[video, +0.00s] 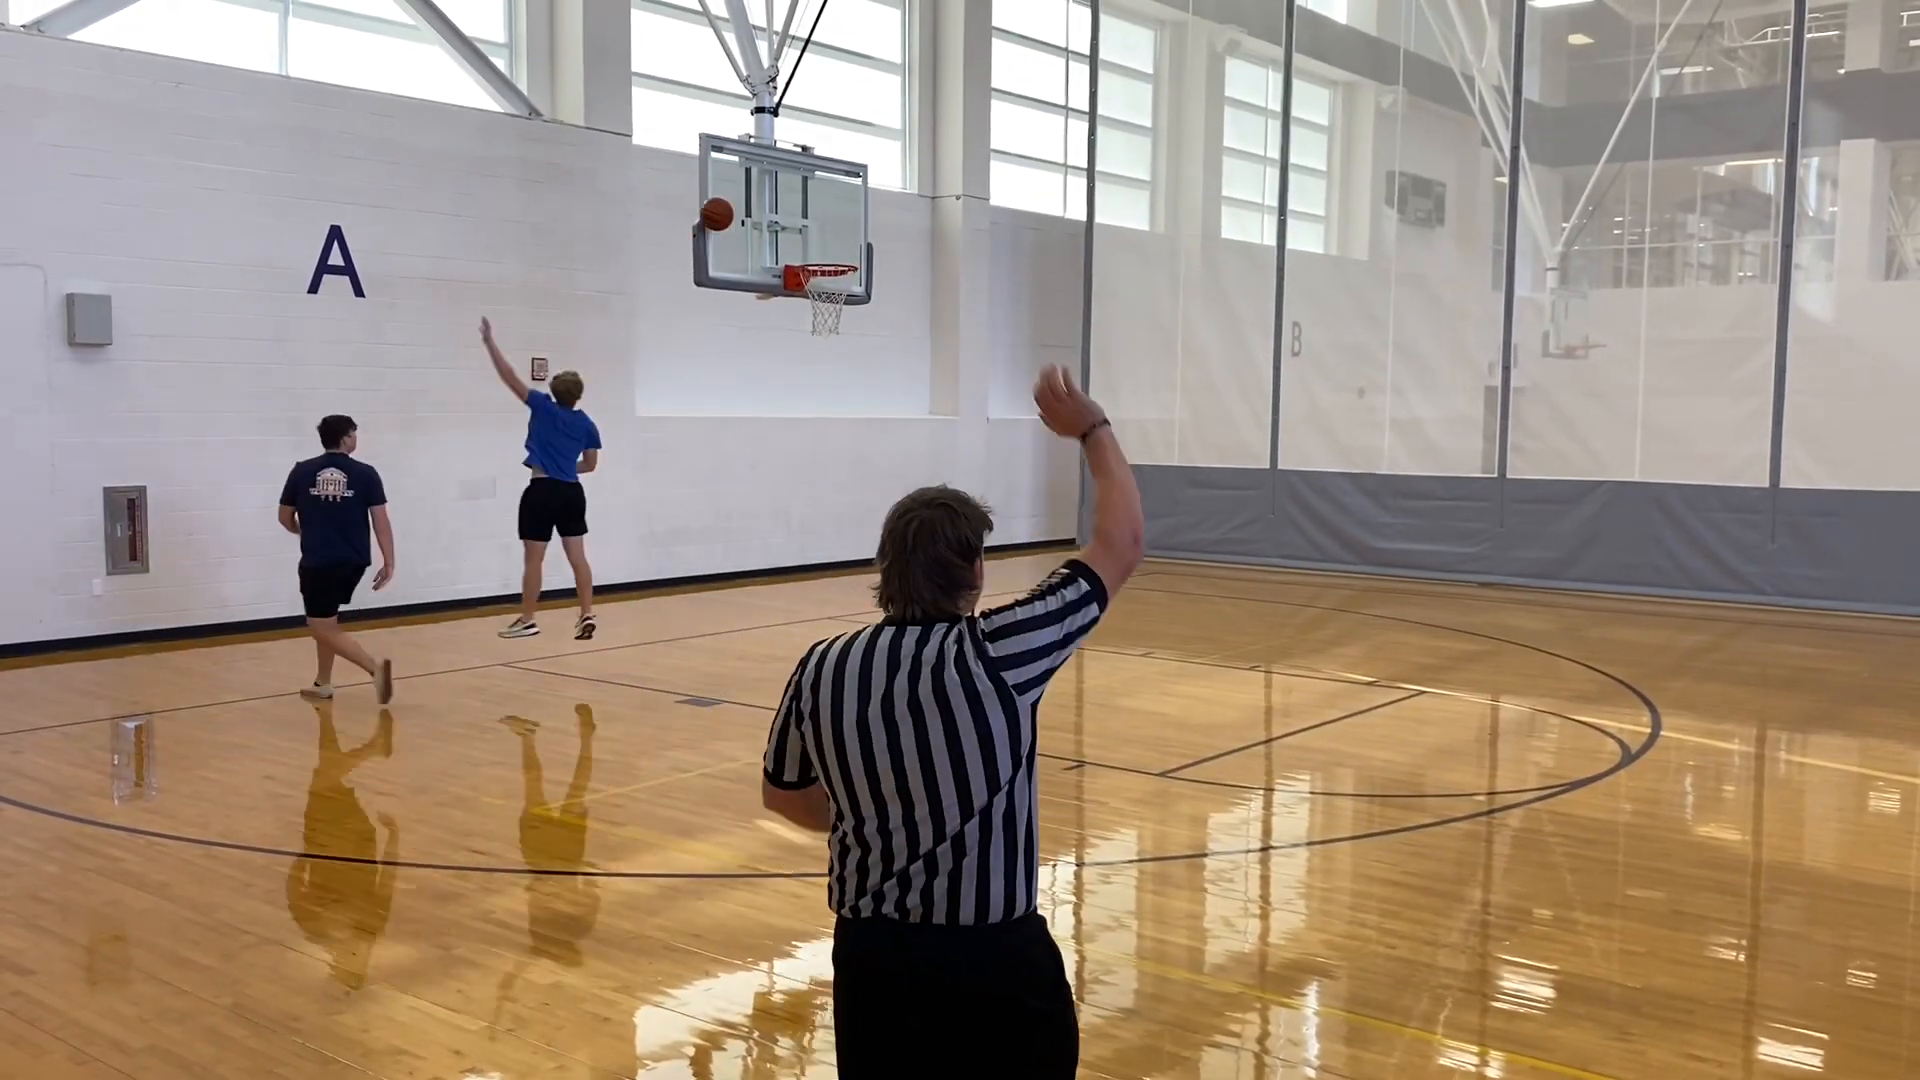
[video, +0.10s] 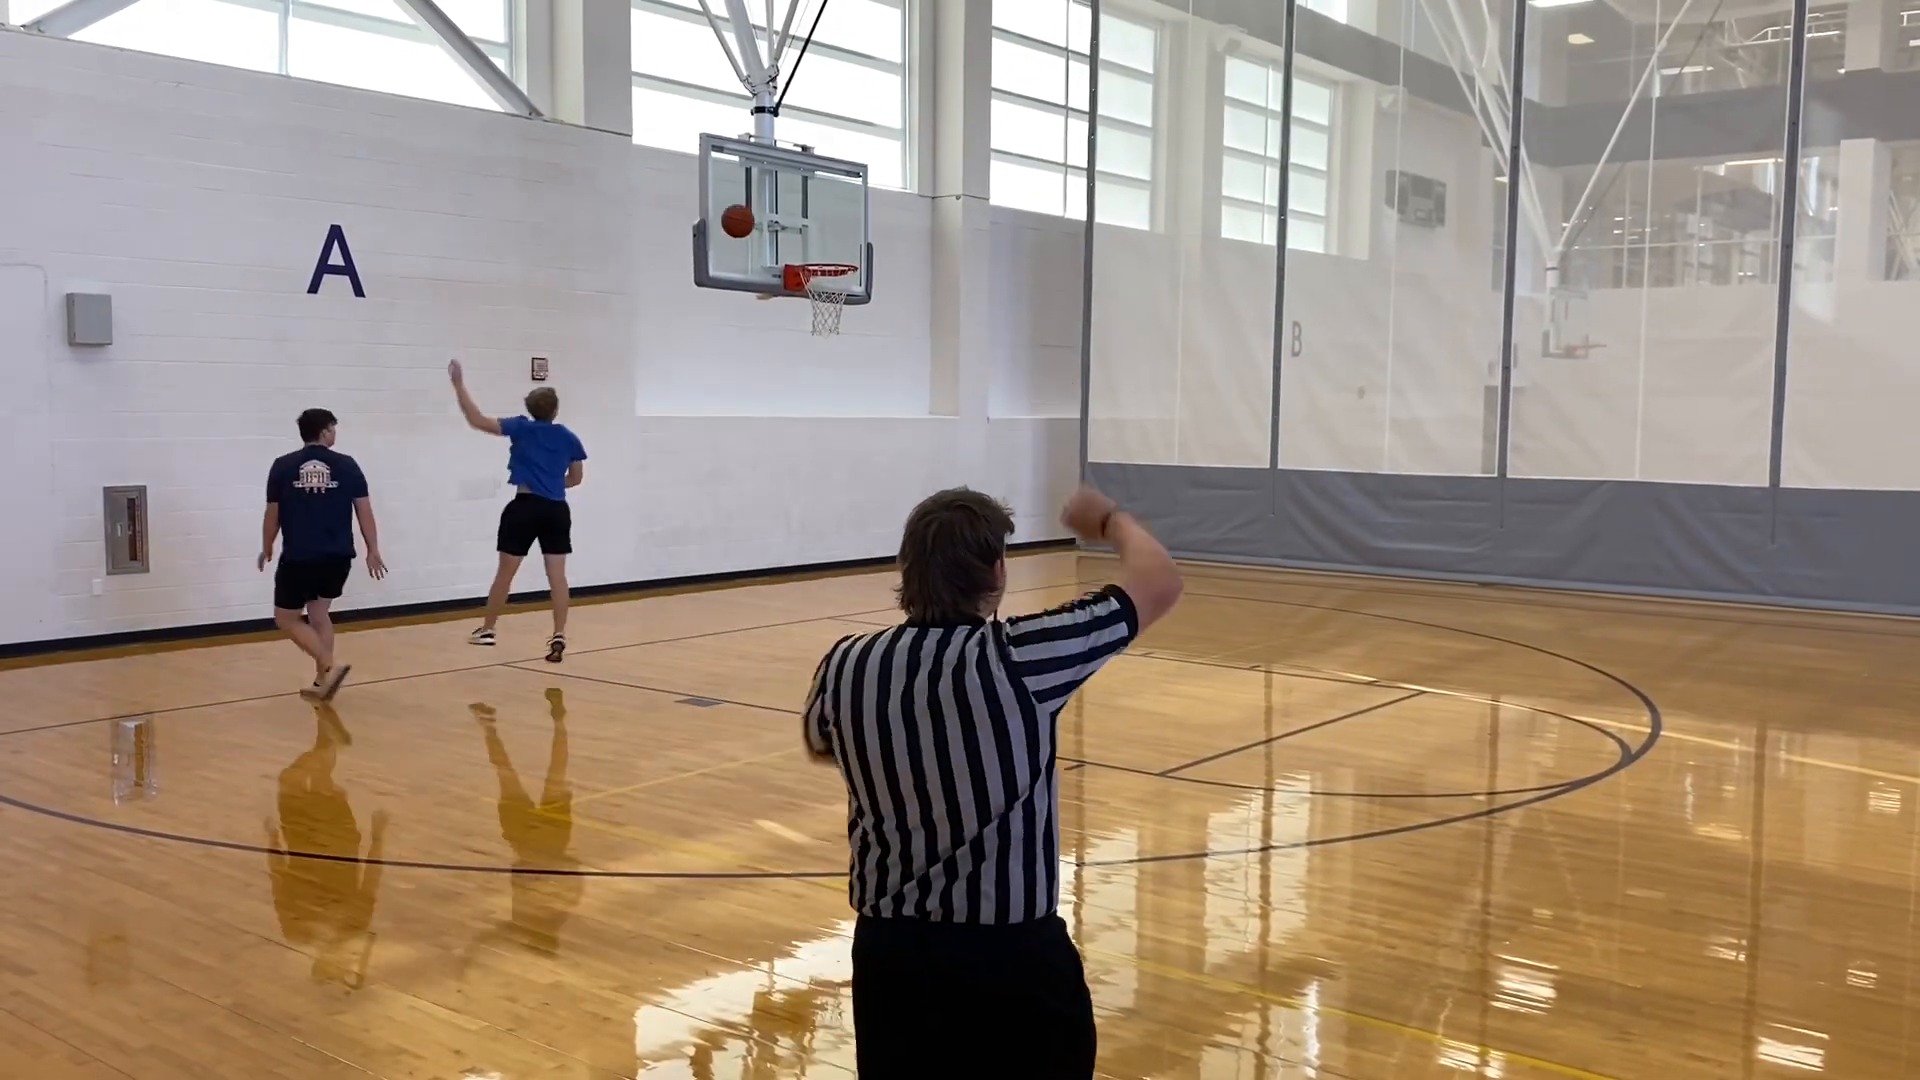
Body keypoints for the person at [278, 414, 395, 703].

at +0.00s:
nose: (357, 439)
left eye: (355, 434)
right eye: (354, 435)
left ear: (325, 440)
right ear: (346, 439)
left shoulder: (302, 470)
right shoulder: (365, 473)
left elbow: (285, 517)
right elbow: (380, 522)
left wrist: (307, 534)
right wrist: (389, 562)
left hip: (316, 559)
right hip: (353, 559)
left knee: (321, 628)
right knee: (326, 620)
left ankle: (375, 667)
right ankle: (323, 683)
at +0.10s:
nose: (335, 434)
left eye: (334, 429)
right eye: (333, 430)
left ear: (305, 434)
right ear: (325, 432)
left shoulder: (283, 465)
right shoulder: (345, 464)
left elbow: (273, 513)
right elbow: (364, 510)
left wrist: (267, 547)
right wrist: (373, 550)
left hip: (298, 556)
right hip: (337, 555)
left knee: (286, 618)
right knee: (319, 611)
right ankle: (322, 680)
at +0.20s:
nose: (315, 428)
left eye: (313, 423)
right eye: (313, 424)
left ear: (283, 427)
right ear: (305, 426)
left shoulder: (263, 460)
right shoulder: (325, 455)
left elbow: (251, 509)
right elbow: (350, 497)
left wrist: (239, 547)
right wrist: (358, 528)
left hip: (280, 550)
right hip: (320, 548)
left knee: (259, 605)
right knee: (313, 608)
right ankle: (323, 681)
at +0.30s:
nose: (293, 424)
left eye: (290, 419)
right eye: (291, 419)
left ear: (260, 425)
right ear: (287, 423)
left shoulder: (244, 458)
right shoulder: (306, 452)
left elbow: (228, 503)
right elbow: (336, 491)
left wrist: (212, 541)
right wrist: (337, 506)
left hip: (259, 549)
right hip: (302, 547)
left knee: (242, 606)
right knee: (303, 608)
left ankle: (238, 678)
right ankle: (320, 679)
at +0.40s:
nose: (241, 431)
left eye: (240, 427)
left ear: (240, 429)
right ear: (266, 426)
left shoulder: (225, 462)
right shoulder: (287, 457)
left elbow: (209, 507)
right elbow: (318, 492)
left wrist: (189, 544)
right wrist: (301, 488)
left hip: (237, 554)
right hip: (280, 551)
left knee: (228, 615)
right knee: (288, 609)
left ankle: (222, 680)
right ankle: (317, 674)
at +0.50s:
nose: (215, 436)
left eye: (214, 431)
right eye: (214, 432)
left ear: (221, 430)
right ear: (243, 429)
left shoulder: (208, 464)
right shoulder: (268, 459)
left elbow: (192, 513)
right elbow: (295, 499)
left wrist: (168, 547)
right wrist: (272, 485)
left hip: (217, 552)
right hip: (257, 550)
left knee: (215, 614)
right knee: (255, 605)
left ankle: (221, 680)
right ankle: (298, 659)